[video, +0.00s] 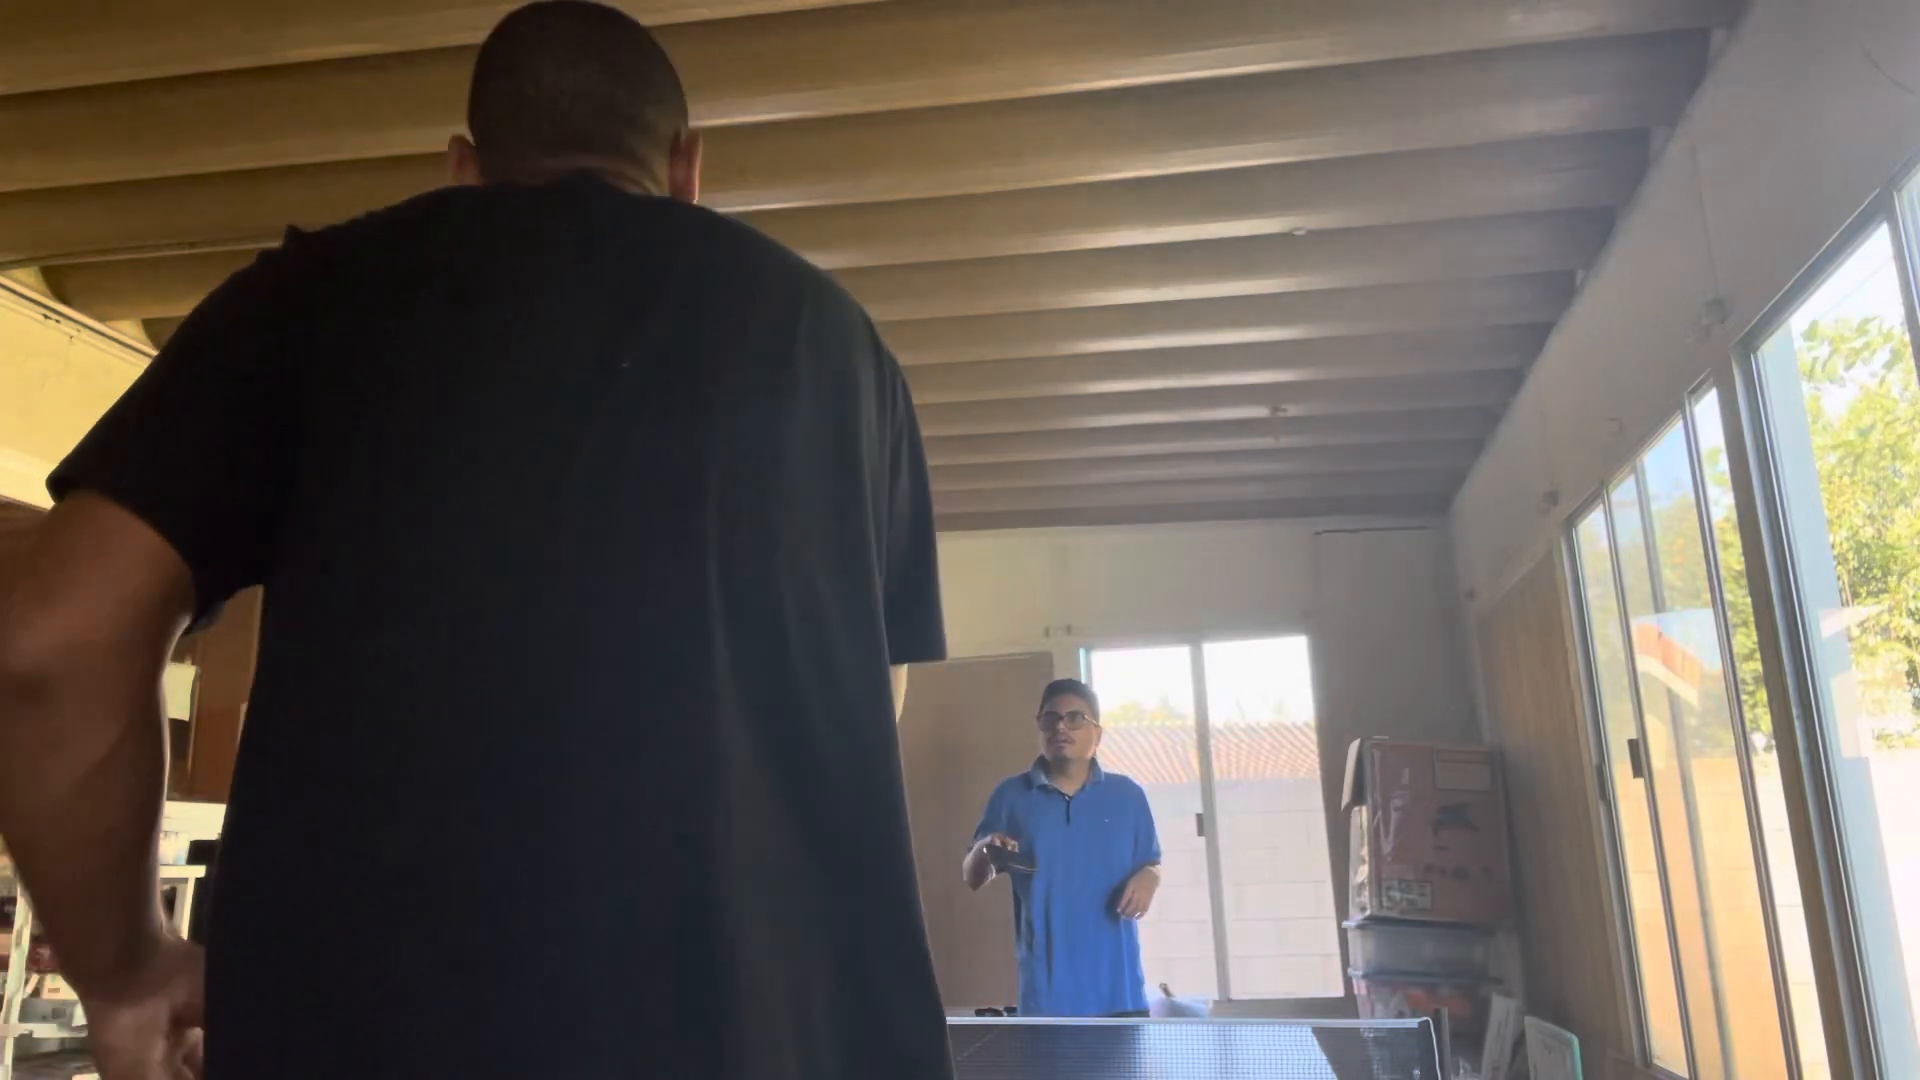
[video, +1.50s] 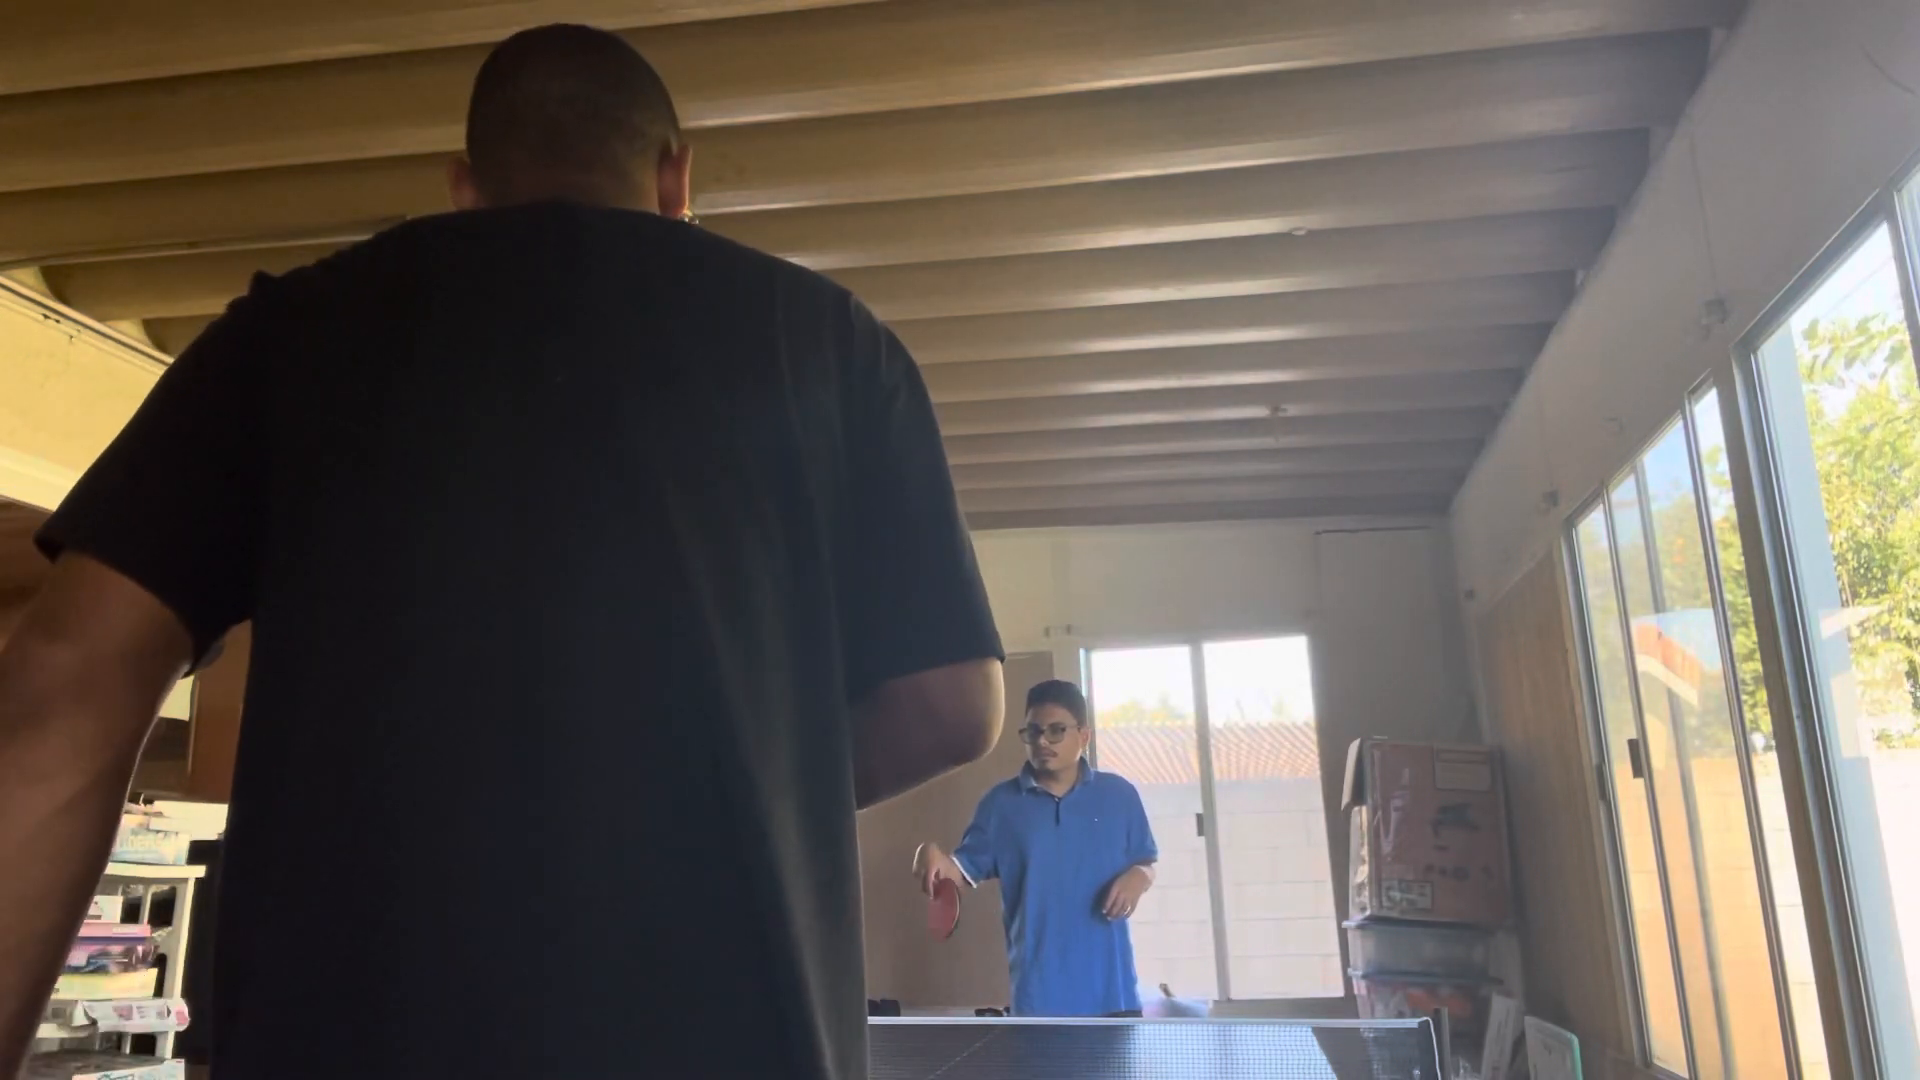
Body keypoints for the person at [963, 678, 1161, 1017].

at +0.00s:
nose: (1061, 727)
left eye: (1075, 718)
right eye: (1051, 718)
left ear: (1096, 733)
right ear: (1039, 729)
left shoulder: (1126, 795)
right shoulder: (1012, 796)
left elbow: (1150, 864)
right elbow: (973, 879)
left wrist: (1148, 877)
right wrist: (985, 852)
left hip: (1117, 986)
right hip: (1045, 989)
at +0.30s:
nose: (1054, 733)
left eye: (1067, 723)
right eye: (1044, 723)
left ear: (1091, 733)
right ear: (1032, 731)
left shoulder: (1123, 795)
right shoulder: (1006, 801)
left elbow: (1147, 864)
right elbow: (976, 860)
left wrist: (1144, 876)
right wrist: (955, 851)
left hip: (1115, 987)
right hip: (1042, 991)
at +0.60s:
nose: (1047, 738)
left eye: (1061, 727)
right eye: (1038, 728)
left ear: (1087, 736)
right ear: (1026, 735)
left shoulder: (1118, 796)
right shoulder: (1001, 803)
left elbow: (1142, 863)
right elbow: (966, 869)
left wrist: (1140, 877)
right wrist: (941, 848)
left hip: (1111, 990)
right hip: (1038, 994)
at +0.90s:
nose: (1043, 739)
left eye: (1056, 728)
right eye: (1033, 729)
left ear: (1083, 736)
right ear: (1022, 735)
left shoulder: (1115, 795)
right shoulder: (1000, 803)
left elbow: (1141, 863)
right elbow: (968, 865)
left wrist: (1137, 877)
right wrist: (936, 850)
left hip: (1108, 988)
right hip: (1036, 992)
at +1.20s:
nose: (1042, 741)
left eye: (1055, 730)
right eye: (1033, 730)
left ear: (1082, 736)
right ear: (1022, 736)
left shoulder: (1116, 795)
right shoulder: (999, 804)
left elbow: (1143, 863)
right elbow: (963, 870)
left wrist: (1136, 878)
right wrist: (933, 851)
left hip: (1109, 988)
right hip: (1036, 993)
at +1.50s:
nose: (1043, 742)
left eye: (1056, 731)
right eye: (1034, 732)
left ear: (1084, 736)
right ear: (1024, 736)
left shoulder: (1117, 795)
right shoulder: (1002, 803)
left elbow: (1144, 863)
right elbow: (966, 871)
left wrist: (1137, 878)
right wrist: (932, 852)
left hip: (1109, 988)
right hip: (1037, 992)